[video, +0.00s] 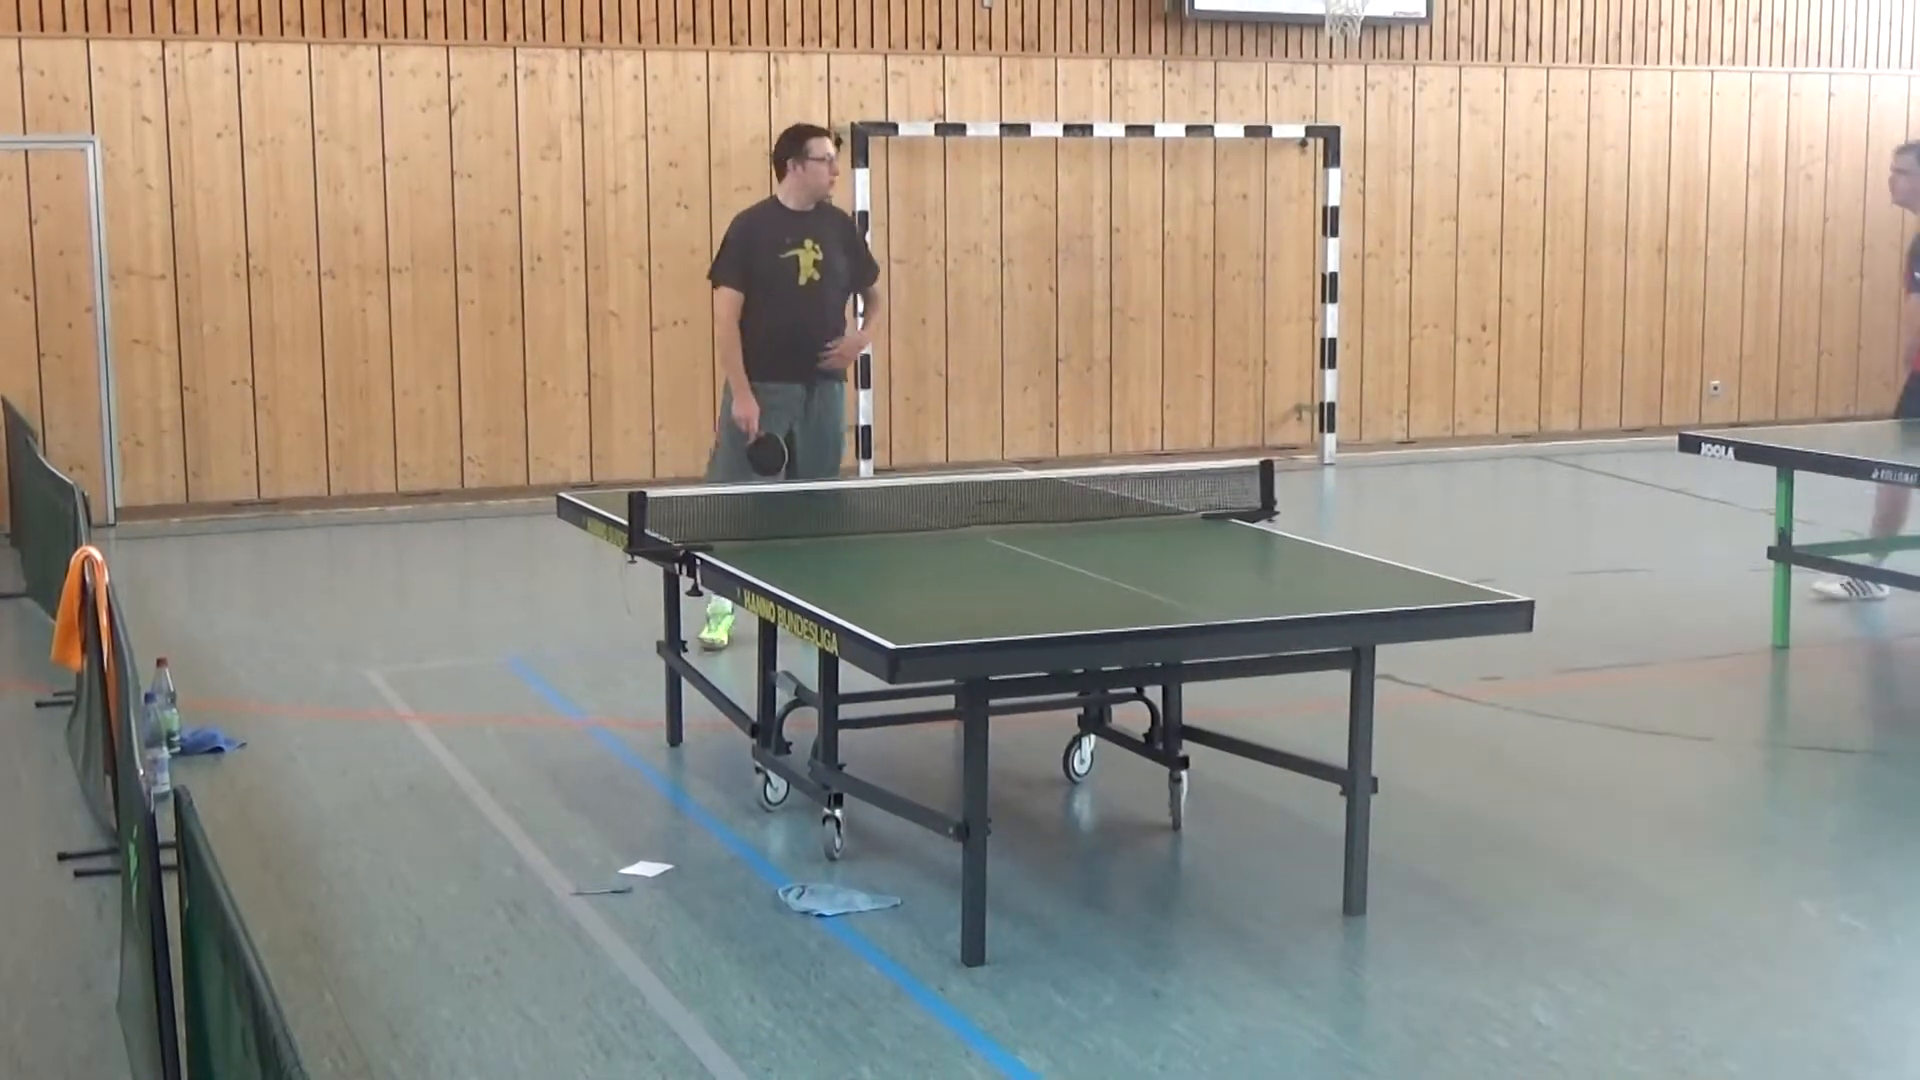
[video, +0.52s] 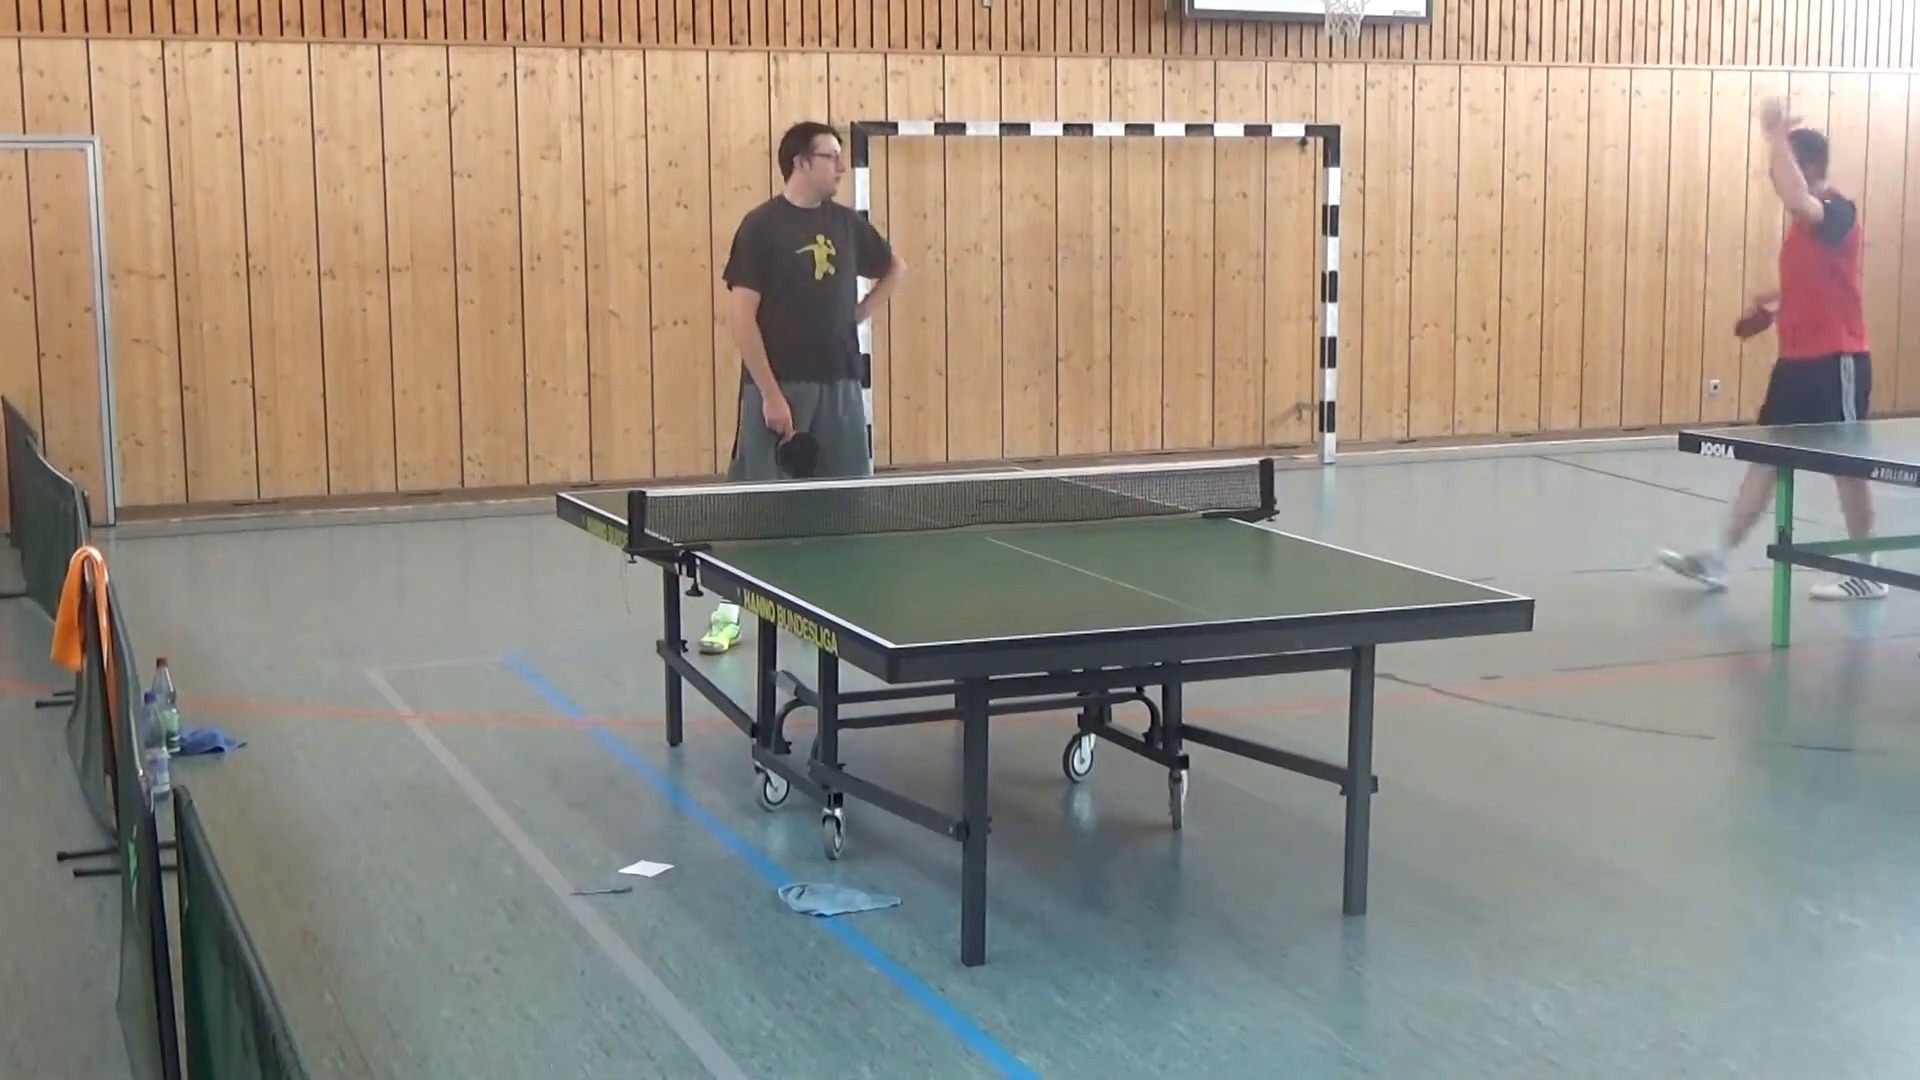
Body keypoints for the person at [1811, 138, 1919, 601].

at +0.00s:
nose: (1892, 181)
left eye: (1901, 173)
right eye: (1893, 172)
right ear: (1903, 179)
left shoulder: (1918, 244)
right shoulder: (1914, 243)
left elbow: (1914, 317)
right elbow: (1913, 314)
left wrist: (1909, 372)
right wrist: (1909, 371)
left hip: (1917, 375)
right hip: (1915, 374)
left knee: (1898, 461)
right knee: (1896, 462)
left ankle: (1871, 568)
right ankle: (1870, 568)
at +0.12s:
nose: (1866, 170)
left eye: (1876, 163)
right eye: (1868, 162)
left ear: (1906, 171)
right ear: (1900, 172)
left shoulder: (1909, 224)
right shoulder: (1903, 220)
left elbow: (1894, 303)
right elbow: (1895, 303)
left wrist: (1860, 368)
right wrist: (1867, 367)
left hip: (1905, 361)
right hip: (1899, 359)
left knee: (1874, 460)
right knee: (1874, 460)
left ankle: (1868, 569)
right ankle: (1866, 565)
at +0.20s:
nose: (1853, 166)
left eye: (1863, 158)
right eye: (1855, 157)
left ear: (1892, 166)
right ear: (1885, 167)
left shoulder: (1896, 218)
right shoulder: (1897, 212)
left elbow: (1869, 296)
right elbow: (1876, 294)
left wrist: (1812, 350)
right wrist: (1839, 335)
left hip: (1890, 361)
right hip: (1895, 359)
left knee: (1864, 463)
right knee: (1898, 465)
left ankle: (1865, 569)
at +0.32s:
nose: (1832, 165)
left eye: (1843, 158)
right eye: (1832, 157)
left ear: (1872, 164)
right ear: (1844, 164)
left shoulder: (1878, 208)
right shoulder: (1867, 208)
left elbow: (1815, 252)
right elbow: (1867, 289)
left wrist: (1738, 266)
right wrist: (1835, 339)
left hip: (1876, 356)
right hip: (1850, 354)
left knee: (1860, 462)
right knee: (1821, 453)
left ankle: (1870, 572)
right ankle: (1885, 538)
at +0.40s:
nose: (1813, 167)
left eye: (1823, 160)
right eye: (1813, 159)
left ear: (1853, 164)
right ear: (1824, 165)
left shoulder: (1866, 205)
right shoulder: (1836, 214)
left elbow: (1809, 220)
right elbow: (1844, 293)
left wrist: (1731, 195)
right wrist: (1806, 322)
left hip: (1863, 355)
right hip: (1824, 355)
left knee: (1860, 463)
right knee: (1791, 452)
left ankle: (1869, 572)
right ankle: (1814, 556)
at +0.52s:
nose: (1777, 175)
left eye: (1787, 167)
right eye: (1776, 167)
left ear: (1810, 168)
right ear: (1793, 172)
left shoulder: (1838, 210)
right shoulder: (1802, 220)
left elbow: (1796, 196)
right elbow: (1813, 284)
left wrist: (1777, 137)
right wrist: (1772, 304)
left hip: (1837, 359)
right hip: (1796, 359)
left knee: (1848, 467)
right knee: (1764, 460)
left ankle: (1865, 571)